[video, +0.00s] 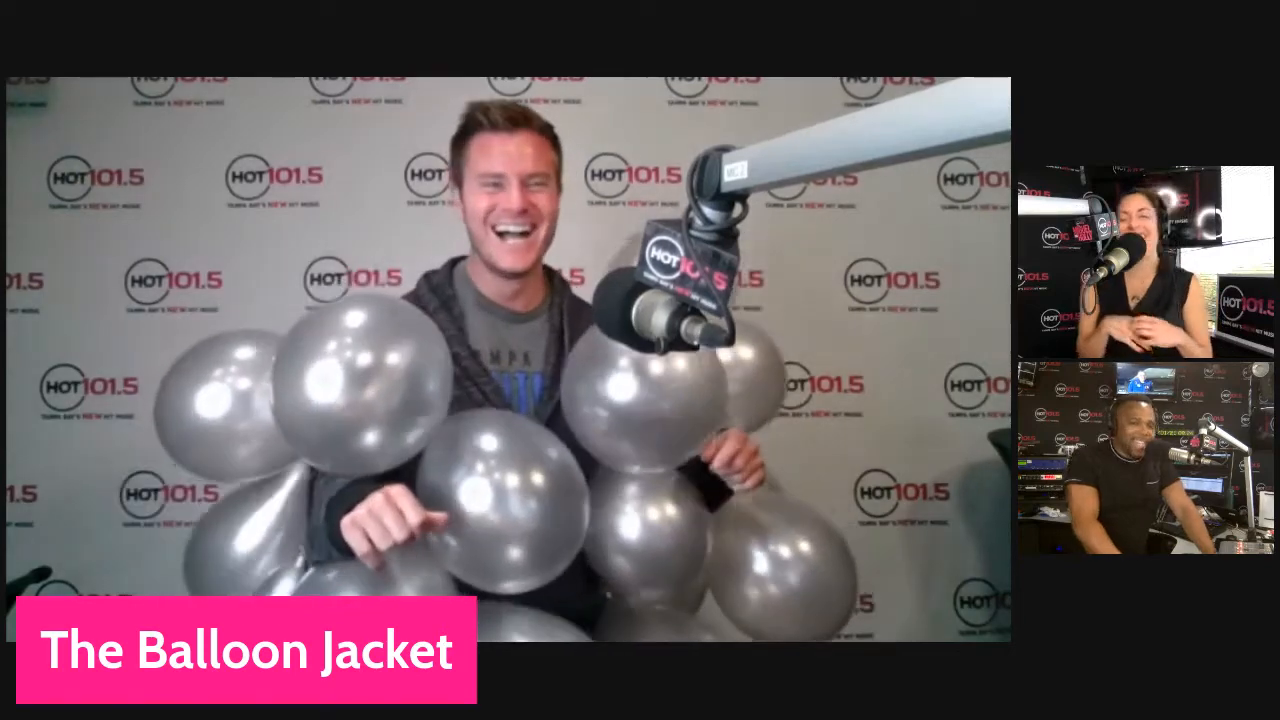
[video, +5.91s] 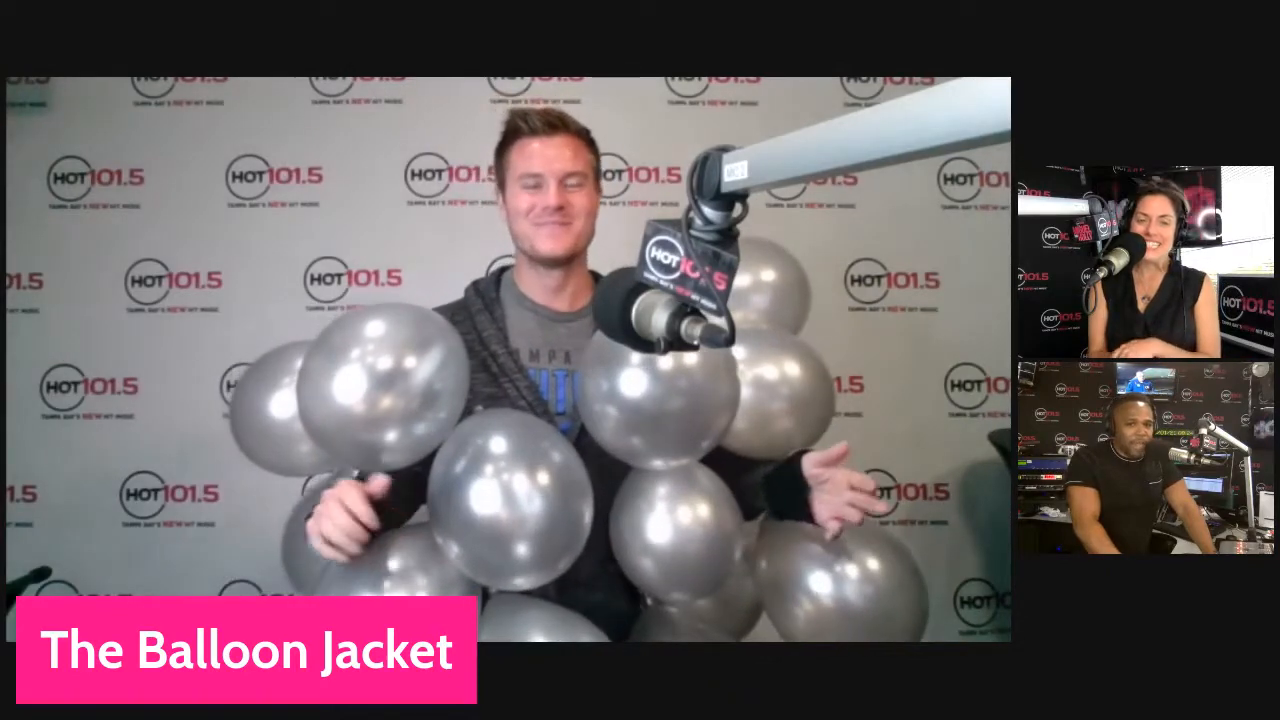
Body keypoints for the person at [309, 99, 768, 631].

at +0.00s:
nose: (516, 205)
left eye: (535, 184)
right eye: (493, 184)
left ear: (558, 198)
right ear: (458, 197)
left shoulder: (603, 335)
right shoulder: (402, 335)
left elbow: (651, 489)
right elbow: (335, 479)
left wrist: (714, 469)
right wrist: (361, 506)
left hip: (574, 612)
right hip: (435, 613)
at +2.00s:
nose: (494, 237)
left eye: (515, 215)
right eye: (473, 213)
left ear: (540, 214)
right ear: (440, 207)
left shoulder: (583, 334)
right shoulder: (379, 337)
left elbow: (637, 463)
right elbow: (317, 467)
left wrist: (714, 466)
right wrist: (319, 514)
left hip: (568, 608)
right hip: (423, 608)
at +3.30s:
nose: (552, 198)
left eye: (575, 180)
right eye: (533, 179)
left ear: (605, 199)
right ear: (506, 193)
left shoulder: (656, 319)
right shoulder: (443, 333)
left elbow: (699, 458)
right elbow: (393, 445)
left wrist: (775, 493)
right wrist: (360, 496)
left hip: (638, 618)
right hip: (494, 615)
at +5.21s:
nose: (549, 202)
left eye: (570, 181)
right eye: (526, 183)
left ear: (597, 193)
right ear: (496, 195)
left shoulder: (652, 317)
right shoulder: (439, 333)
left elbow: (707, 457)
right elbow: (391, 452)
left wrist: (783, 488)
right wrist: (358, 504)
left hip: (640, 615)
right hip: (490, 614)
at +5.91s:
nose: (553, 199)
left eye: (572, 181)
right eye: (531, 183)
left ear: (599, 196)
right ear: (502, 201)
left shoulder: (654, 318)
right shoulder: (449, 335)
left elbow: (708, 459)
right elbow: (412, 460)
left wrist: (788, 485)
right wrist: (353, 500)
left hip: (645, 612)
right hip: (505, 610)